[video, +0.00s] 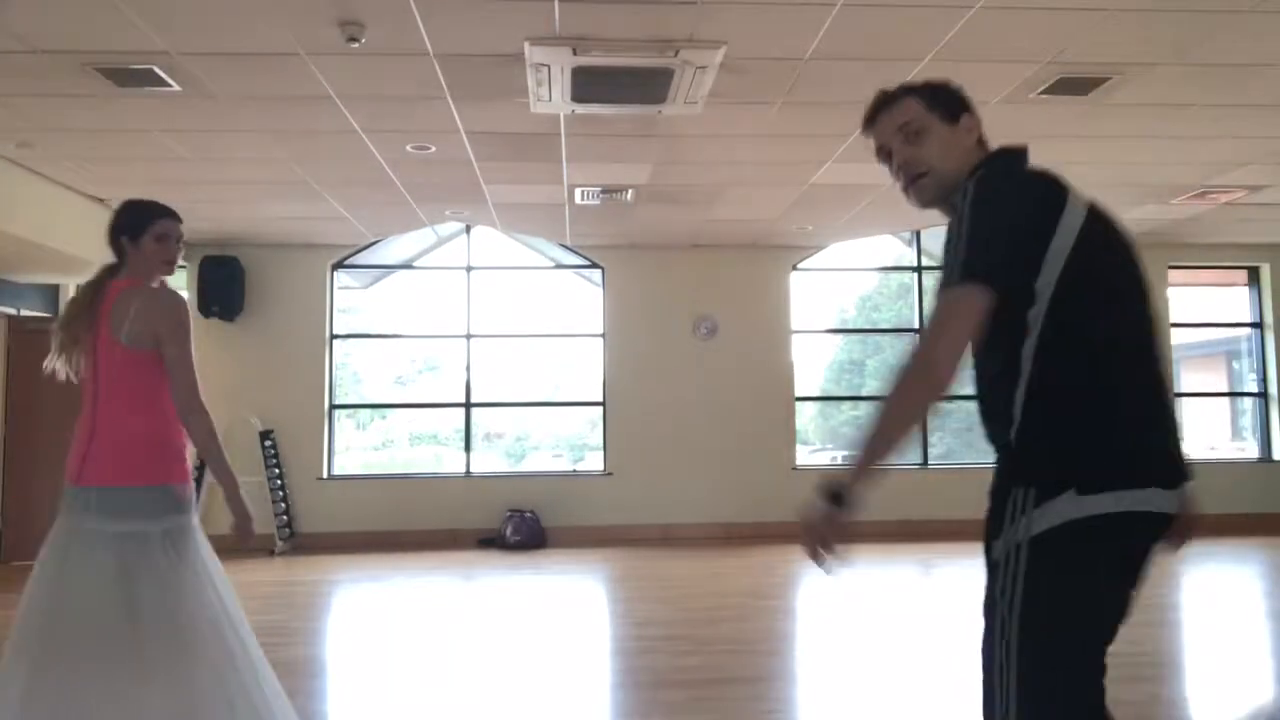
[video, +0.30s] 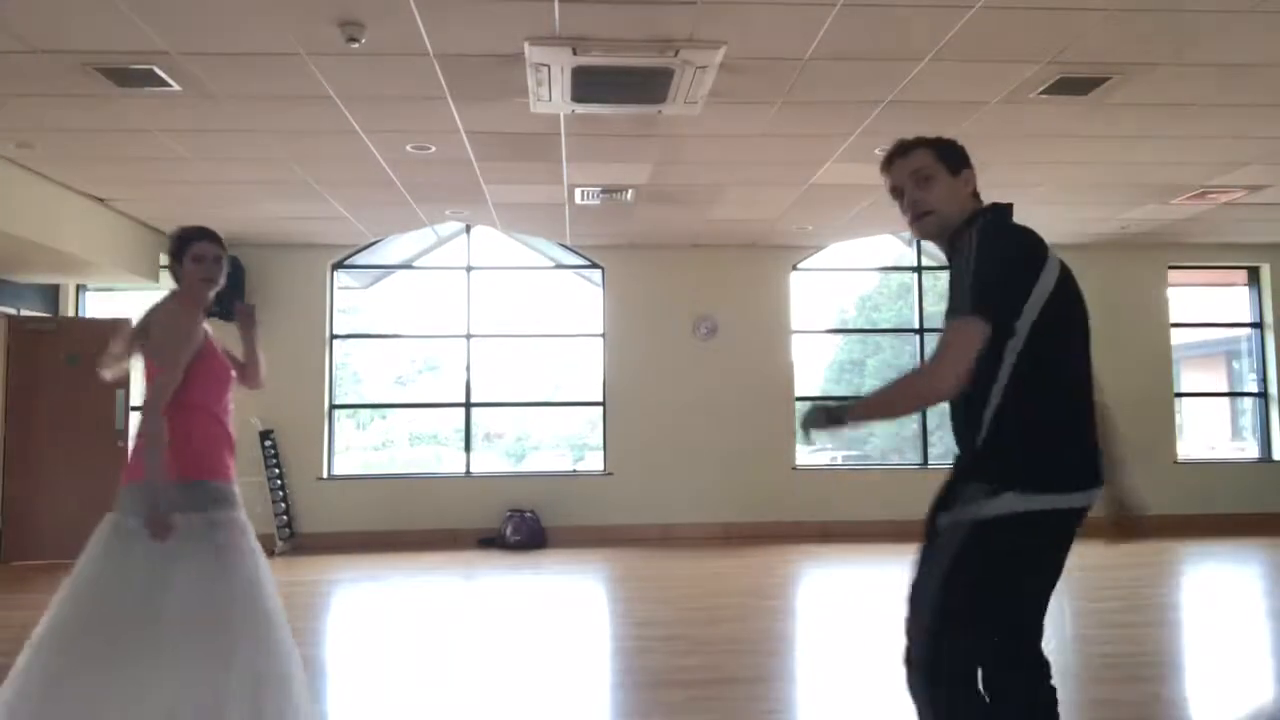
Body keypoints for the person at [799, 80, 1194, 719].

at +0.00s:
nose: (900, 160)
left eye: (912, 134)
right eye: (886, 156)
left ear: (968, 126)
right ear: (890, 173)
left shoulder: (997, 196)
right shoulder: (1060, 202)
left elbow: (939, 357)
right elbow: (1126, 355)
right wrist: (1170, 480)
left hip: (1068, 493)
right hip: (1124, 487)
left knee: (1027, 697)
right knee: (1066, 691)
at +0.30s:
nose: (910, 200)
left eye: (923, 182)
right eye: (899, 194)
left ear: (967, 181)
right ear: (899, 211)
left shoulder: (988, 245)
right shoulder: (1029, 251)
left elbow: (947, 375)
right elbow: (1078, 387)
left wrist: (847, 412)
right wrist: (1114, 484)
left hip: (1009, 487)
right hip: (1055, 484)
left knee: (938, 653)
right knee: (1013, 651)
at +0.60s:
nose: (915, 217)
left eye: (927, 202)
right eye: (907, 209)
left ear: (964, 204)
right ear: (904, 219)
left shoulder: (971, 265)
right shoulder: (985, 270)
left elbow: (1015, 374)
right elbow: (948, 403)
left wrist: (991, 490)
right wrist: (867, 441)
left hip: (959, 492)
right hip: (1015, 491)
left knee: (931, 639)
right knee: (1017, 647)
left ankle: (959, 714)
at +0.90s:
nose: (903, 241)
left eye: (913, 228)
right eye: (896, 232)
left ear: (944, 229)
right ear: (895, 239)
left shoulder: (956, 288)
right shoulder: (946, 289)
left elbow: (966, 391)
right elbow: (951, 393)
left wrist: (918, 475)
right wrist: (911, 468)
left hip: (961, 478)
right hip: (963, 475)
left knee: (932, 602)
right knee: (952, 586)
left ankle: (971, 714)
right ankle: (1016, 699)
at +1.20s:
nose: (892, 264)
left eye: (902, 253)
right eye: (886, 256)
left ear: (930, 258)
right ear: (886, 263)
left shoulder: (948, 312)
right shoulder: (927, 314)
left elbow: (978, 399)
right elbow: (945, 395)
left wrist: (912, 439)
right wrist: (910, 447)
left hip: (944, 472)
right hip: (948, 470)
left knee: (907, 589)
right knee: (950, 580)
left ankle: (969, 703)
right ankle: (992, 692)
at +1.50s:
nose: (882, 258)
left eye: (891, 248)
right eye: (878, 250)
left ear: (918, 251)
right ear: (877, 257)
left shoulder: (945, 305)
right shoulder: (901, 311)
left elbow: (983, 386)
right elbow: (913, 384)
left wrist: (914, 425)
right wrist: (891, 432)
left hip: (936, 462)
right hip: (908, 462)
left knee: (917, 573)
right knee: (941, 569)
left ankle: (908, 694)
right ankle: (989, 685)